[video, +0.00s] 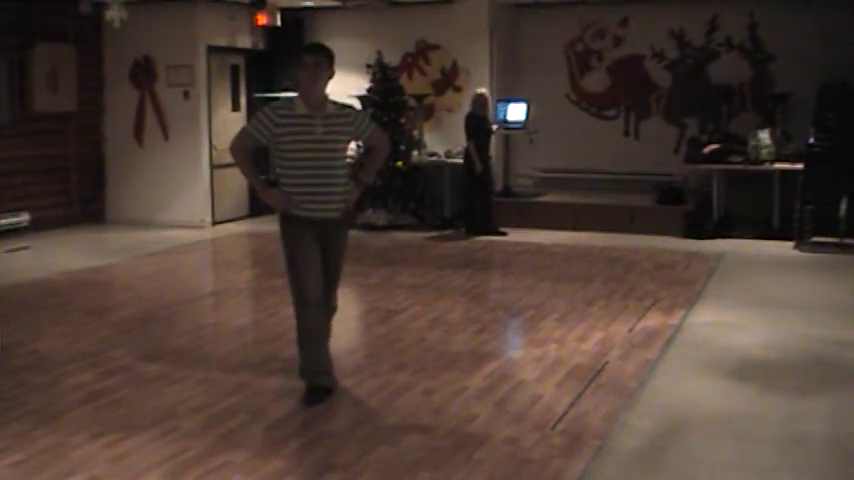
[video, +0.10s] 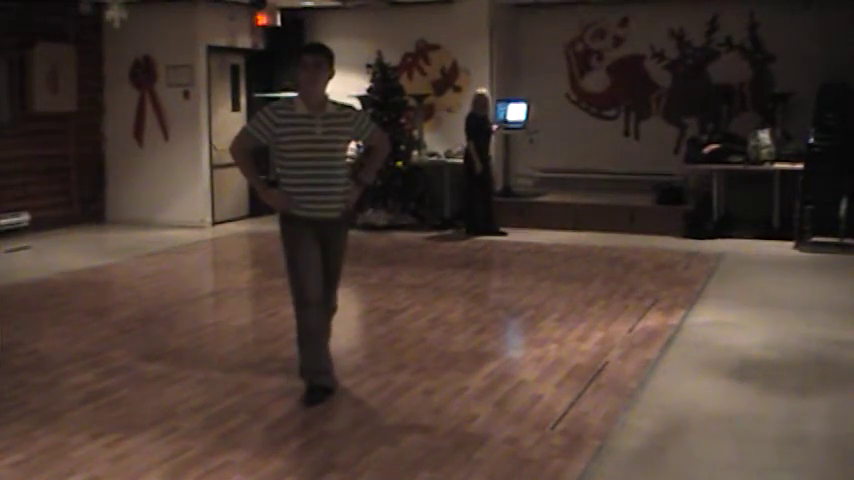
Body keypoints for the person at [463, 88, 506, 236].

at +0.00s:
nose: (485, 104)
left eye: (486, 101)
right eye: (482, 101)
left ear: (484, 102)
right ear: (478, 103)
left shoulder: (483, 118)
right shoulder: (472, 118)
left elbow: (484, 131)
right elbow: (471, 142)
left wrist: (492, 129)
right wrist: (477, 162)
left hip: (483, 158)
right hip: (476, 159)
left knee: (485, 191)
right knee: (479, 191)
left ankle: (487, 223)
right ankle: (478, 225)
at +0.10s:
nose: (485, 105)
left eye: (486, 101)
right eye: (482, 101)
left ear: (485, 103)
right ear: (479, 103)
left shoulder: (484, 118)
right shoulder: (473, 118)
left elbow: (484, 132)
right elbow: (471, 142)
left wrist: (492, 129)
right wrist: (477, 162)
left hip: (483, 158)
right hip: (476, 159)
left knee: (485, 191)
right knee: (479, 191)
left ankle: (488, 223)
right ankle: (479, 225)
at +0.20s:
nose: (485, 105)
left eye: (486, 101)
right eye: (483, 102)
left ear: (484, 103)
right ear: (479, 103)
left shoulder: (483, 118)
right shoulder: (473, 118)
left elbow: (484, 132)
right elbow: (472, 141)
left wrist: (492, 129)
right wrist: (477, 161)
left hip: (483, 158)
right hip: (476, 159)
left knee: (485, 191)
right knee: (479, 191)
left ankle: (488, 223)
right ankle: (479, 224)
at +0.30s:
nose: (489, 105)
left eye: (488, 101)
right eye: (487, 101)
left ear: (479, 103)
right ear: (482, 103)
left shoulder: (482, 118)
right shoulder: (476, 118)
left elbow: (484, 132)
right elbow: (475, 141)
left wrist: (492, 129)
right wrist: (478, 162)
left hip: (483, 158)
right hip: (479, 159)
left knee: (485, 191)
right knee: (483, 191)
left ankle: (486, 223)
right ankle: (483, 224)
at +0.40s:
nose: (491, 105)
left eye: (490, 102)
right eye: (488, 102)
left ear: (482, 103)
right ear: (482, 103)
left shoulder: (483, 118)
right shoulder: (477, 119)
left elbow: (485, 134)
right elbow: (476, 141)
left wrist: (492, 129)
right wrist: (481, 162)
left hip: (484, 159)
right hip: (478, 159)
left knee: (488, 191)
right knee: (481, 192)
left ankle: (489, 224)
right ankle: (480, 225)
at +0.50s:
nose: (492, 106)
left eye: (492, 103)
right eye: (490, 103)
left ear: (484, 104)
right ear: (484, 103)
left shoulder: (485, 118)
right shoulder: (479, 119)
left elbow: (487, 136)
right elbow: (479, 142)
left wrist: (494, 128)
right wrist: (486, 161)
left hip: (485, 156)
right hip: (479, 157)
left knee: (488, 190)